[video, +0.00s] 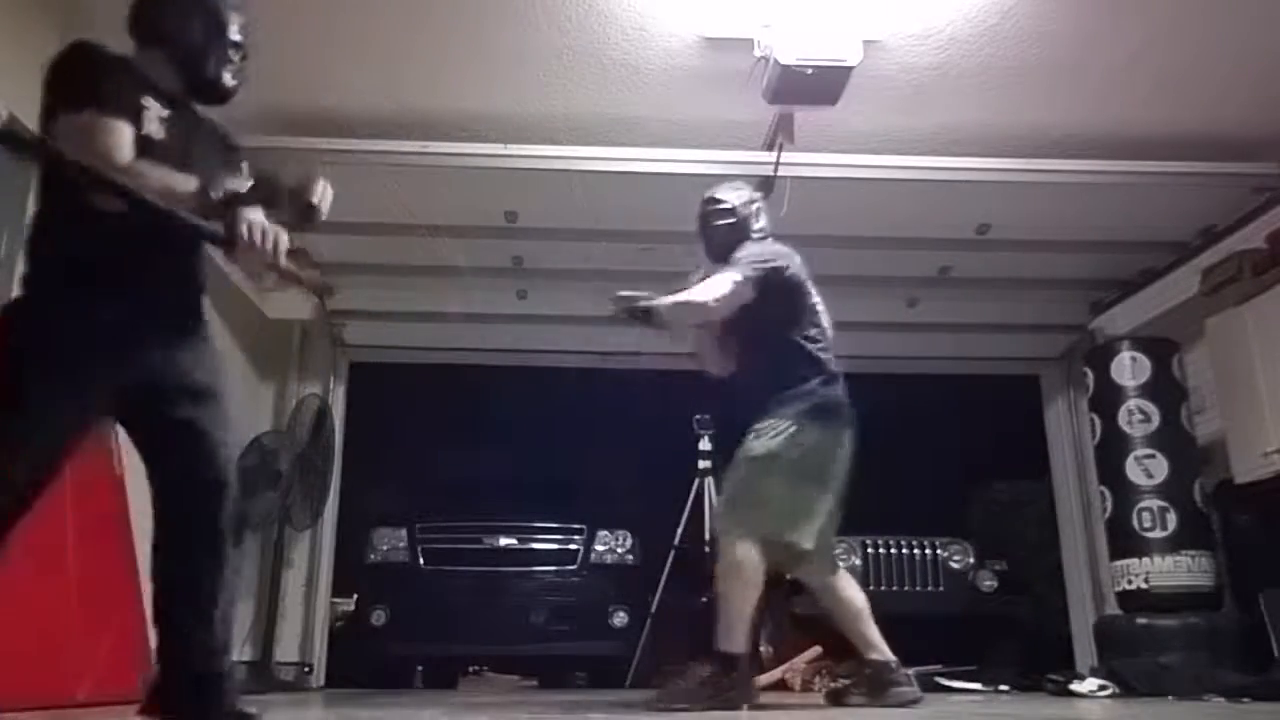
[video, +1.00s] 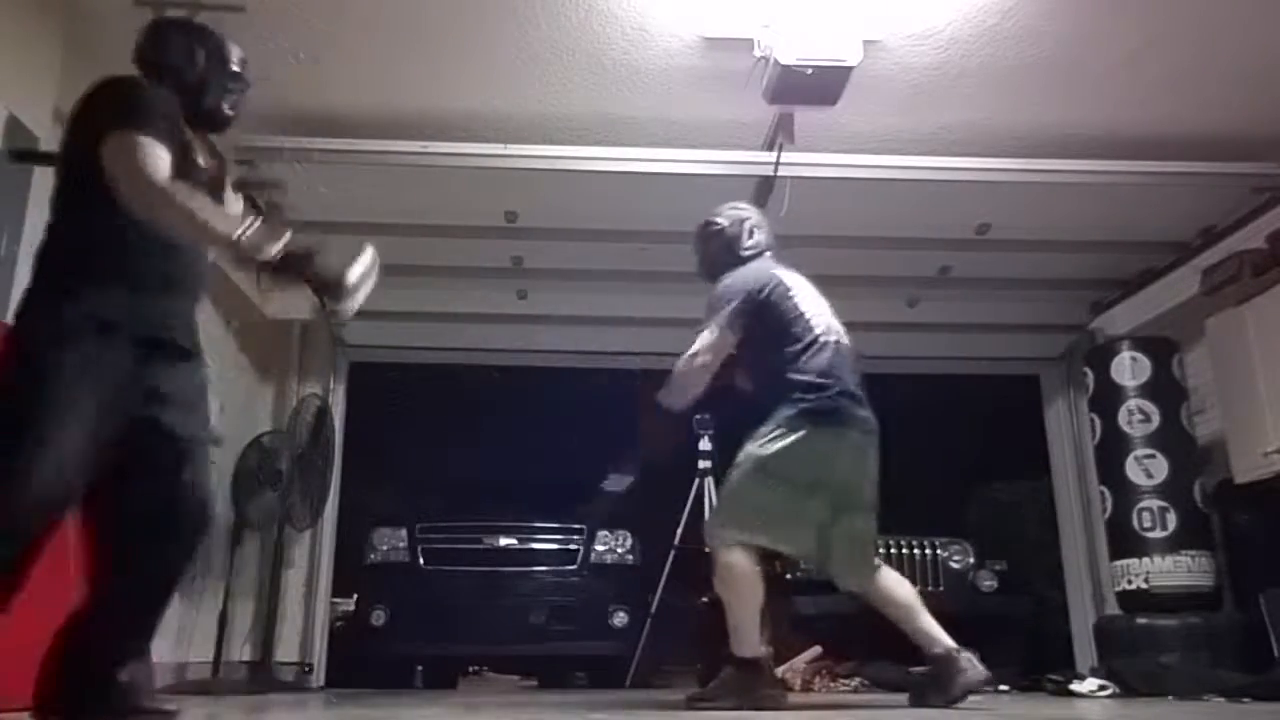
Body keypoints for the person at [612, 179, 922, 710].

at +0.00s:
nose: (714, 223)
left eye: (725, 213)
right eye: (707, 216)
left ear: (754, 217)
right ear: (701, 227)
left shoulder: (768, 254)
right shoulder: (733, 275)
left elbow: (714, 295)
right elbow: (722, 364)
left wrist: (655, 306)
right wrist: (695, 325)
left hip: (804, 408)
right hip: (807, 413)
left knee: (737, 525)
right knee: (810, 555)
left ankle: (729, 670)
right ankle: (886, 669)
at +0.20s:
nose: (700, 229)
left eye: (711, 217)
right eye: (697, 221)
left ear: (748, 219)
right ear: (755, 228)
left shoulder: (752, 260)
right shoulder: (778, 266)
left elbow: (724, 335)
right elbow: (753, 361)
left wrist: (666, 386)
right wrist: (697, 328)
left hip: (811, 409)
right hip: (853, 413)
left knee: (758, 535)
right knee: (837, 550)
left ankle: (774, 671)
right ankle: (884, 669)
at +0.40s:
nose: (714, 239)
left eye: (725, 228)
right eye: (713, 230)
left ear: (762, 231)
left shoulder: (773, 268)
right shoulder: (787, 276)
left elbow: (730, 340)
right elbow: (765, 369)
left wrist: (671, 366)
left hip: (818, 420)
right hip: (860, 425)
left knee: (742, 529)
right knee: (870, 558)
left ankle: (768, 668)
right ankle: (962, 664)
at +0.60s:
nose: (720, 244)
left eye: (729, 233)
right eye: (720, 236)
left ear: (763, 235)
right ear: (775, 239)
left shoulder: (760, 283)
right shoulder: (813, 281)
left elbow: (735, 372)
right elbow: (796, 354)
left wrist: (714, 421)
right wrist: (736, 336)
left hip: (808, 421)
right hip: (865, 427)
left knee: (734, 535)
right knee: (866, 564)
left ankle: (751, 668)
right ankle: (962, 667)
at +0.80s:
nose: (703, 253)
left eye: (711, 240)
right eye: (705, 241)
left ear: (739, 242)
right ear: (762, 243)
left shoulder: (752, 280)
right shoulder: (799, 282)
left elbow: (698, 350)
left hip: (812, 421)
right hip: (861, 429)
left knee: (727, 531)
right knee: (858, 567)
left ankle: (746, 667)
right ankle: (959, 666)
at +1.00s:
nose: (700, 242)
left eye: (711, 230)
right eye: (701, 234)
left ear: (748, 233)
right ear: (757, 239)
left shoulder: (745, 279)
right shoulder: (791, 281)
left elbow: (700, 359)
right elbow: (783, 367)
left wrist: (669, 401)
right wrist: (741, 379)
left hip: (809, 418)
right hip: (857, 426)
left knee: (729, 535)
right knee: (856, 563)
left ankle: (749, 668)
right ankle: (954, 661)